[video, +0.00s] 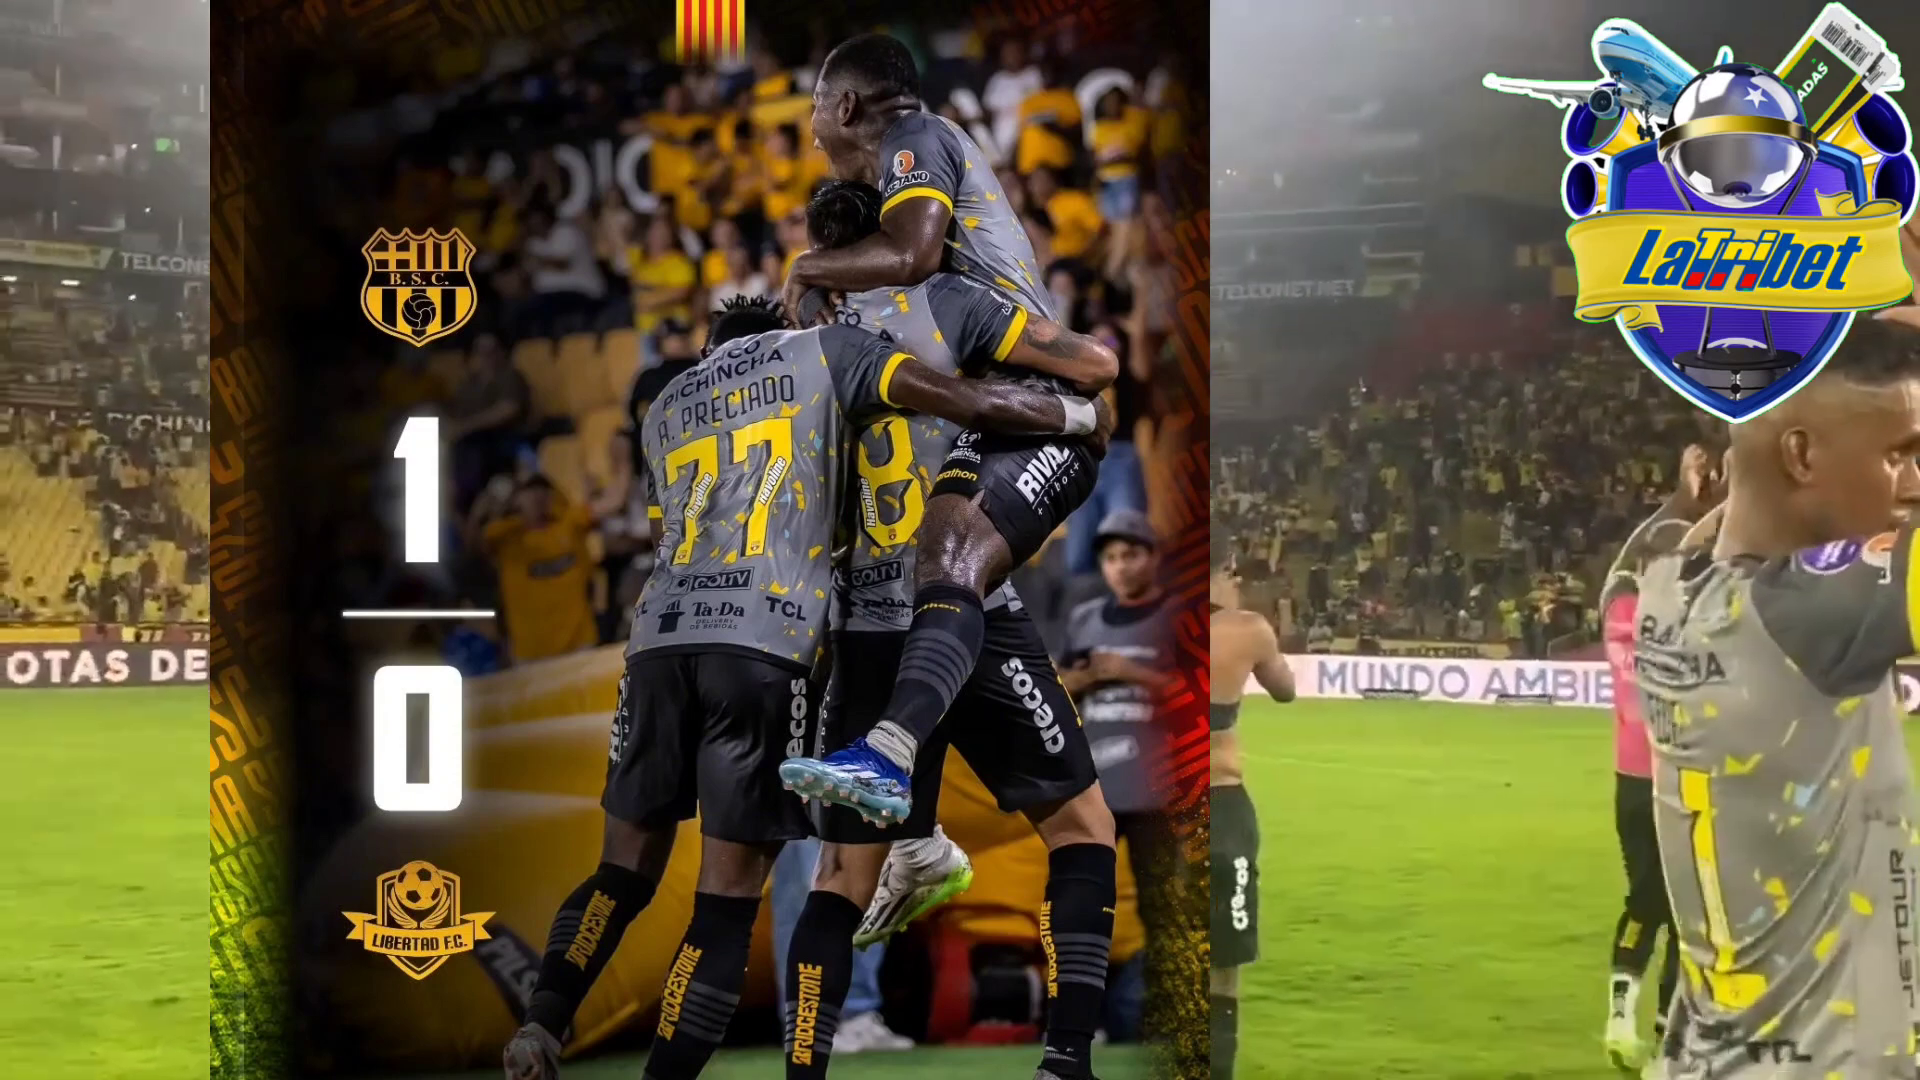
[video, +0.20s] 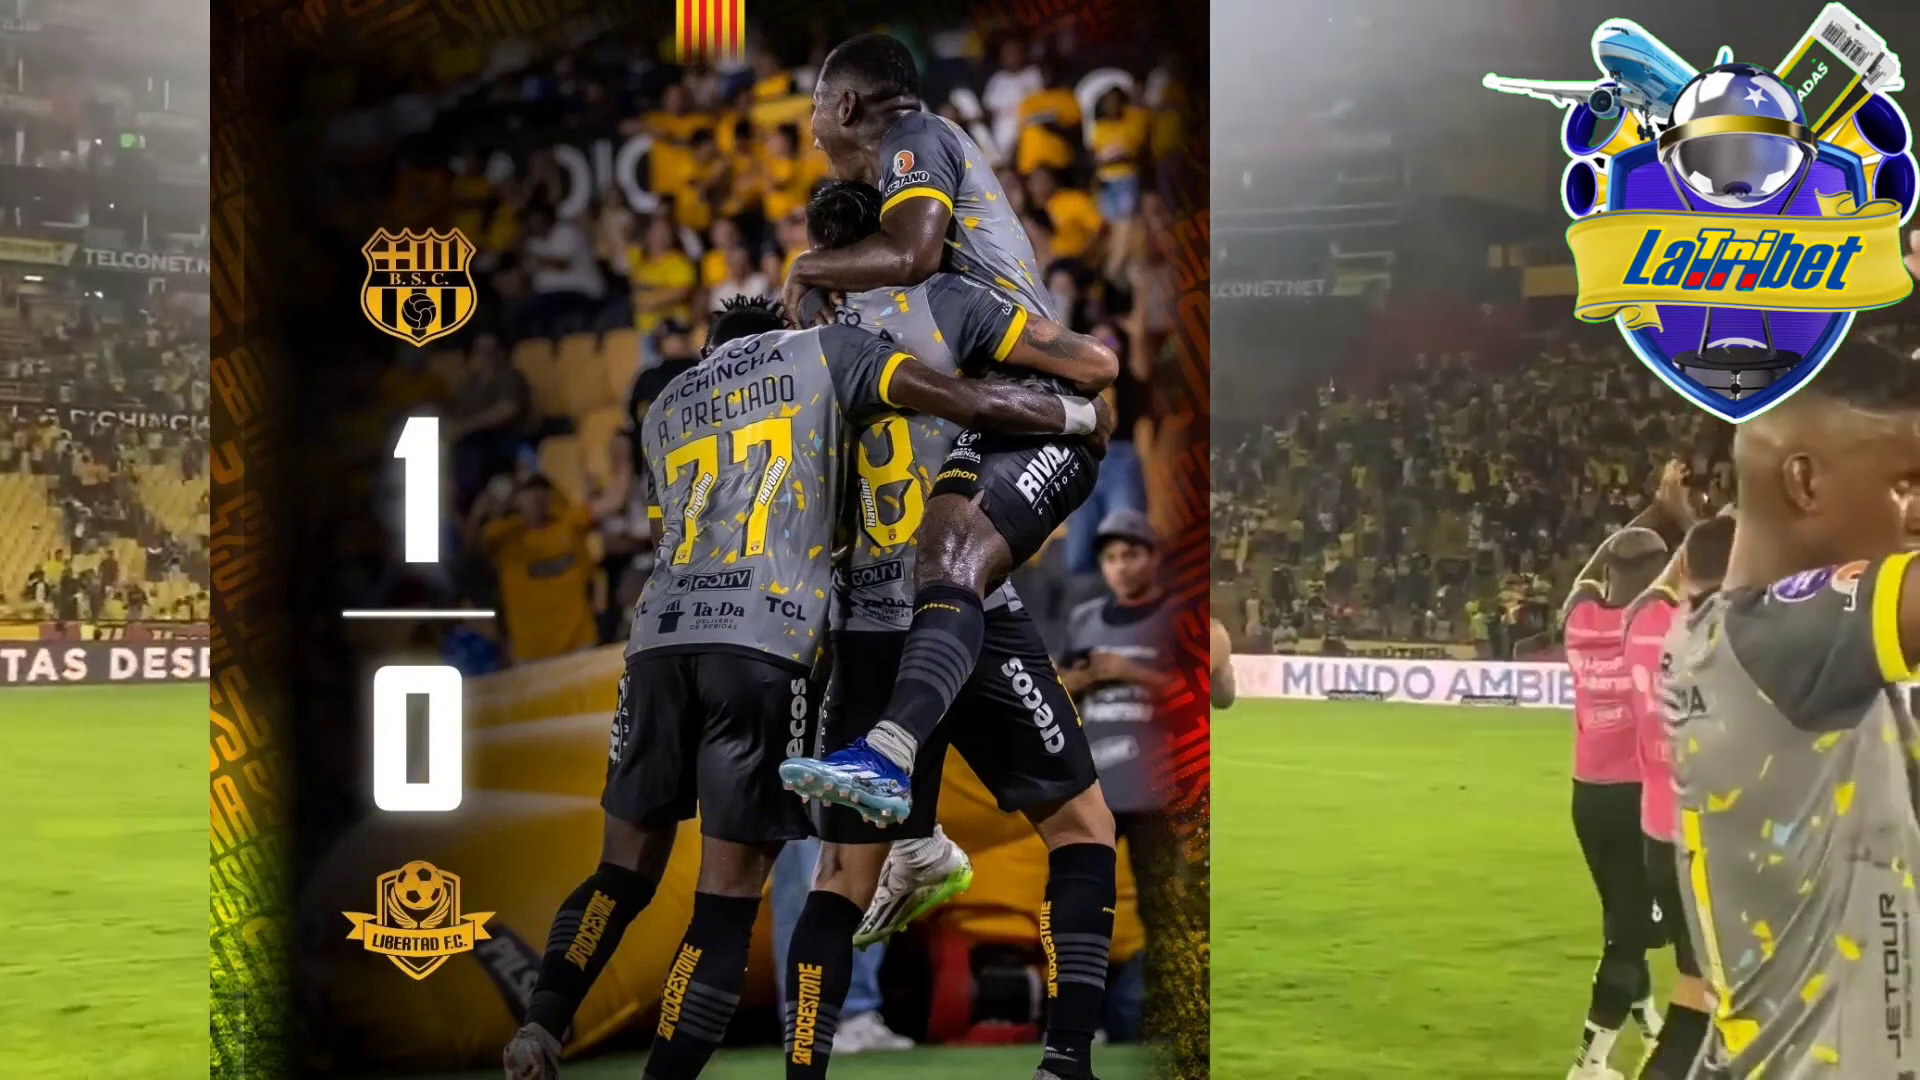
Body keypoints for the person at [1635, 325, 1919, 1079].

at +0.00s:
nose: (1913, 480)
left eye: (1911, 453)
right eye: (1898, 453)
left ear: (1786, 452)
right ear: (1799, 453)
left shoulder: (1667, 588)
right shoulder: (1812, 616)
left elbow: (1719, 527)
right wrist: (1908, 309)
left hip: (1704, 1043)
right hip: (1833, 1054)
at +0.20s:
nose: (1916, 511)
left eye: (1914, 484)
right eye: (1904, 485)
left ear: (1801, 476)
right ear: (1804, 478)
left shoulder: (1711, 635)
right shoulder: (1780, 643)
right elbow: (1909, 586)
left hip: (1759, 1051)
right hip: (1838, 1060)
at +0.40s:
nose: (1848, 509)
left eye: (1849, 482)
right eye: (1828, 479)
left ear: (1722, 485)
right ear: (1727, 481)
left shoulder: (1764, 650)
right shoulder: (1675, 641)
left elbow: (1902, 585)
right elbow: (1901, 521)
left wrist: (1913, 388)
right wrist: (1919, 390)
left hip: (1865, 1053)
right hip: (1779, 1060)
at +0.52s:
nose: (1771, 513)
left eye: (1773, 482)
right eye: (1750, 480)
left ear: (1636, 484)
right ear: (1641, 482)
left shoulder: (1683, 646)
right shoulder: (1579, 640)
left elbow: (1896, 579)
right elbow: (1848, 512)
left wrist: (1899, 371)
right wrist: (1876, 338)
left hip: (1780, 1053)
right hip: (1670, 1061)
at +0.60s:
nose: (1648, 519)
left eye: (1648, 486)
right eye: (1624, 487)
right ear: (1517, 480)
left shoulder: (1544, 642)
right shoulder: (1447, 648)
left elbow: (1796, 642)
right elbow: (1732, 596)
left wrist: (1857, 465)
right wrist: (1791, 418)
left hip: (1640, 1052)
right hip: (1528, 1058)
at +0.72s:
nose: (1483, 536)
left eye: (1481, 501)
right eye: (1461, 499)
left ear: (1361, 502)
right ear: (1362, 497)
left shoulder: (1346, 657)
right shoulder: (1298, 660)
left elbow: (1606, 772)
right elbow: (1570, 775)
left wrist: (1749, 637)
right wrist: (1699, 575)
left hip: (1446, 1056)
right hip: (1360, 1062)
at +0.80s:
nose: (1353, 539)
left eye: (1350, 503)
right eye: (1333, 503)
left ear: (1237, 507)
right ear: (1234, 507)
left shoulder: (1242, 690)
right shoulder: (1213, 705)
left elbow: (1364, 907)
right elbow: (1360, 993)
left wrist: (1606, 925)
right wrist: (1648, 916)